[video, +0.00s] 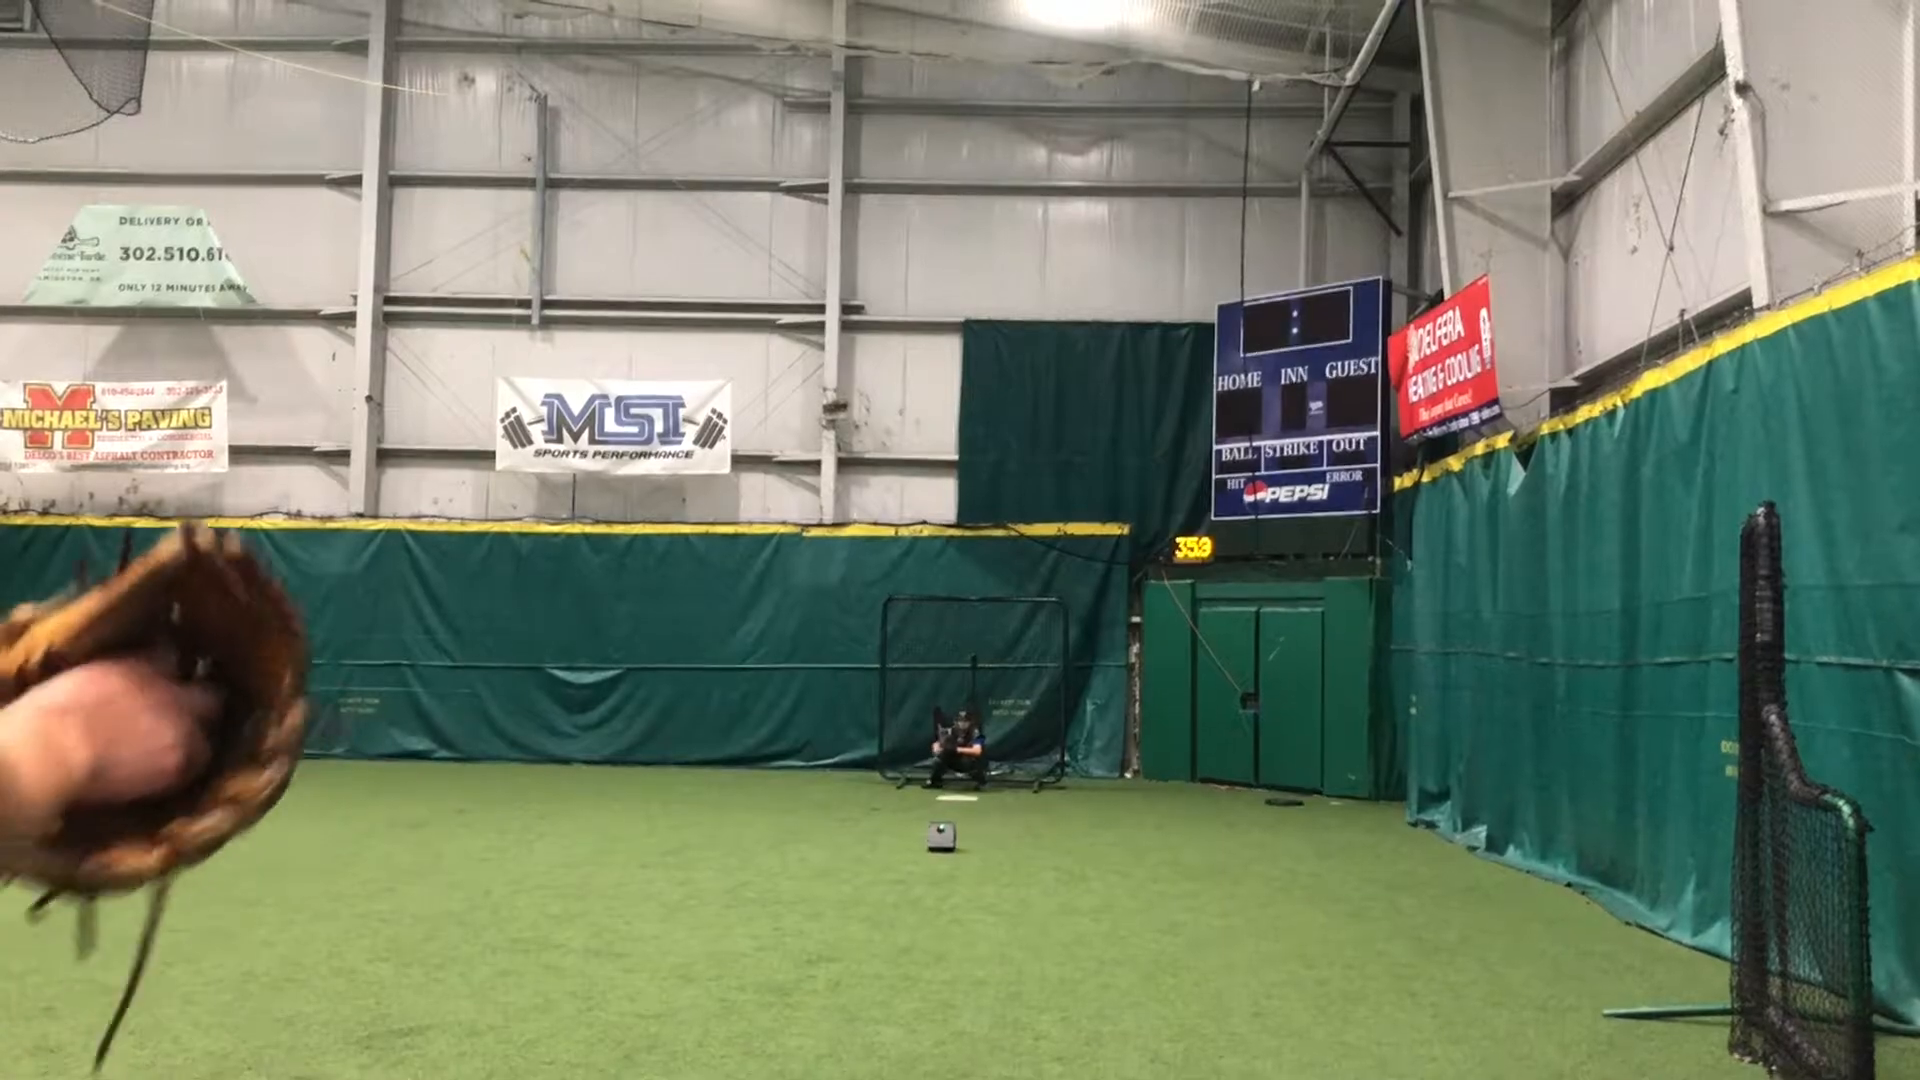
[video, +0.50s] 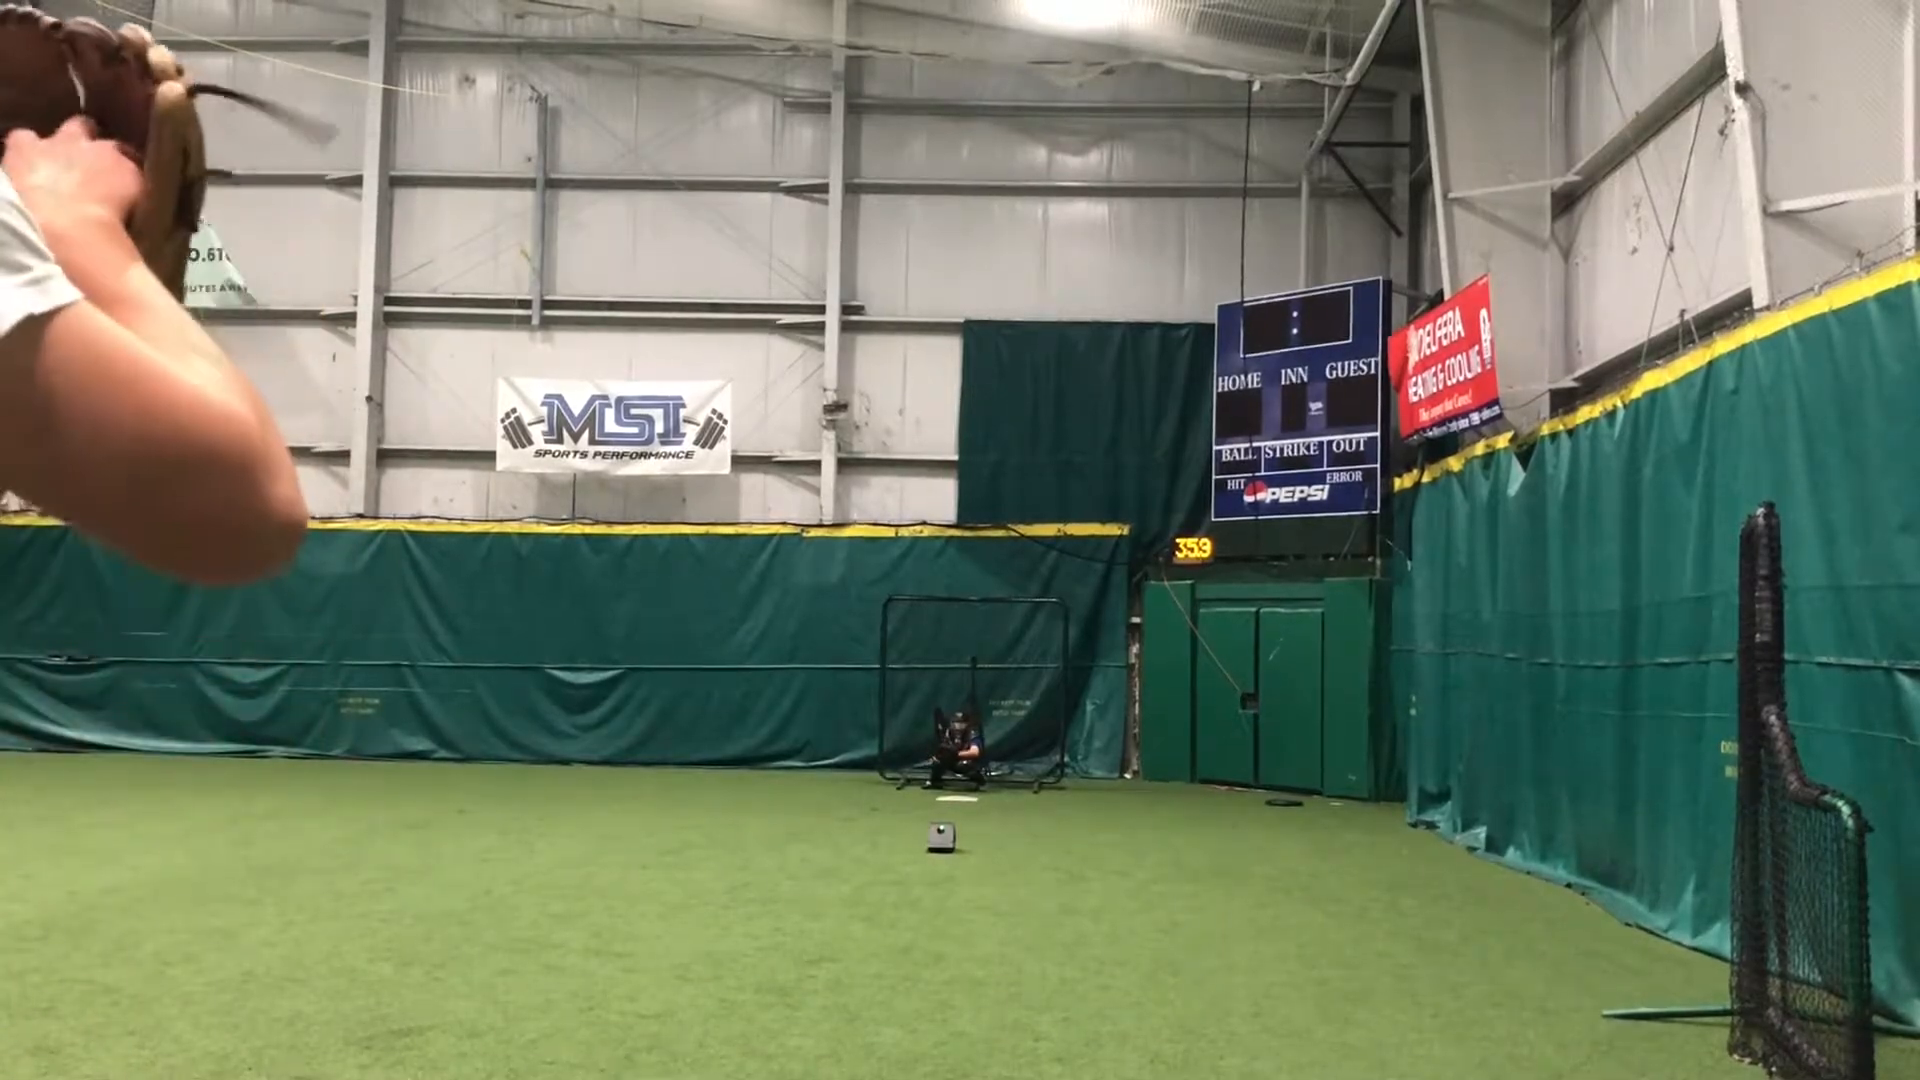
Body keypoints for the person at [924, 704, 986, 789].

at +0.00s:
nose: (962, 724)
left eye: (965, 721)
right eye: (959, 721)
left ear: (970, 723)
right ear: (956, 722)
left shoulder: (975, 734)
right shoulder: (952, 732)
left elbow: (977, 751)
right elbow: (942, 741)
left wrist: (957, 749)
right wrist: (937, 747)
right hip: (954, 758)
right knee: (941, 759)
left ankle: (981, 782)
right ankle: (935, 781)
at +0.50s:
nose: (957, 727)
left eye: (960, 723)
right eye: (954, 723)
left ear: (966, 724)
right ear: (951, 724)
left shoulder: (972, 735)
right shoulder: (948, 733)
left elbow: (974, 752)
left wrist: (955, 754)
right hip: (948, 759)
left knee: (964, 766)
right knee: (937, 765)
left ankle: (980, 781)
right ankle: (935, 781)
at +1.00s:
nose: (958, 727)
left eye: (961, 723)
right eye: (955, 723)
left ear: (966, 725)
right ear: (951, 724)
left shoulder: (972, 736)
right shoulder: (947, 734)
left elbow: (977, 755)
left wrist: (963, 760)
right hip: (950, 760)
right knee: (937, 763)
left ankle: (980, 782)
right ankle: (935, 781)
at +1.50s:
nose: (958, 727)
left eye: (961, 723)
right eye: (955, 723)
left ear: (966, 725)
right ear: (951, 725)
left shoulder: (972, 737)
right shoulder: (947, 735)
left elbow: (977, 756)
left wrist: (961, 759)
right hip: (950, 762)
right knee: (936, 763)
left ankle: (979, 781)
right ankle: (935, 781)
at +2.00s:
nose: (955, 728)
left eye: (959, 724)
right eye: (953, 724)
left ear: (965, 726)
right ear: (949, 726)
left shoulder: (971, 740)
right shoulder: (947, 738)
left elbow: (976, 758)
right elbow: (938, 751)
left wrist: (959, 760)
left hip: (966, 767)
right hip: (950, 765)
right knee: (936, 760)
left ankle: (980, 782)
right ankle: (935, 781)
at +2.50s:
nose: (954, 728)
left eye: (957, 725)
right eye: (952, 725)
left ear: (963, 727)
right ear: (948, 726)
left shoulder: (970, 741)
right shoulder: (944, 738)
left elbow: (975, 759)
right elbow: (936, 752)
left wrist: (958, 758)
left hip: (964, 766)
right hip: (947, 764)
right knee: (934, 765)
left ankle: (978, 782)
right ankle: (935, 781)